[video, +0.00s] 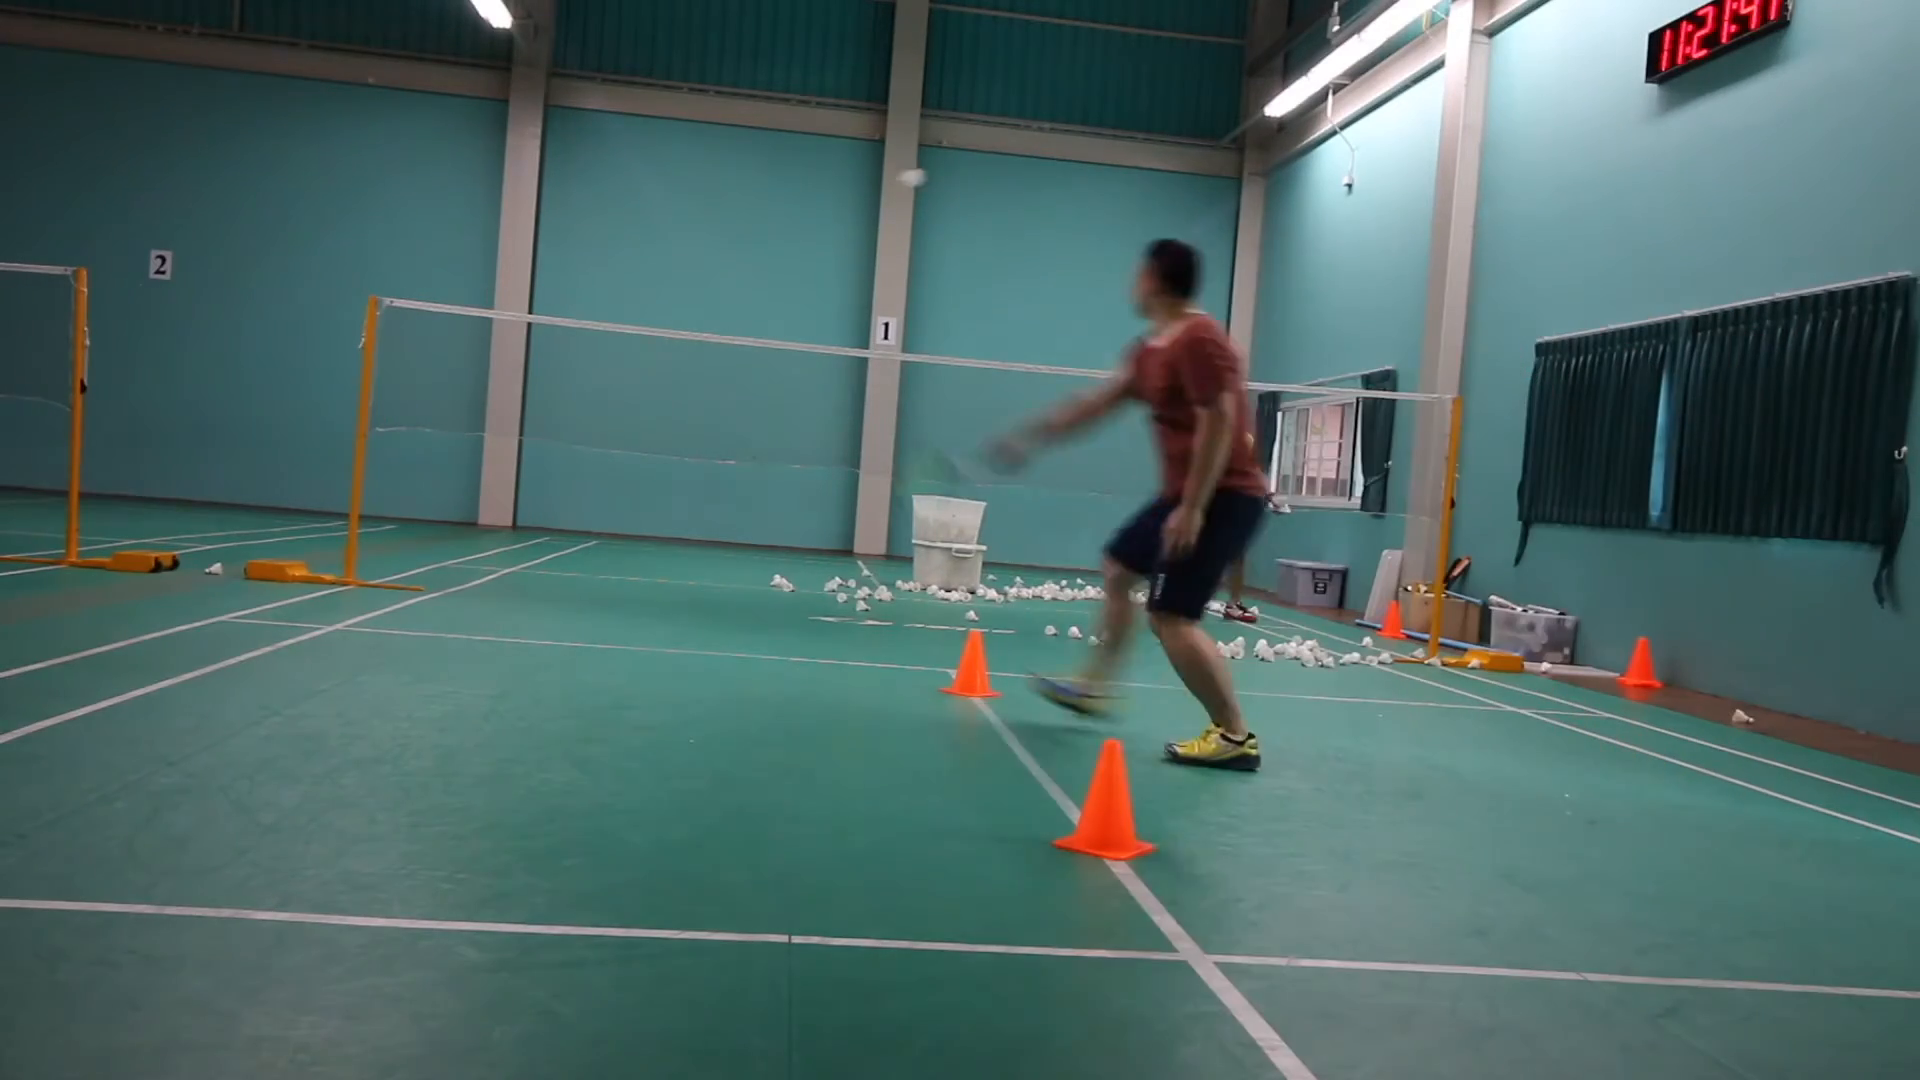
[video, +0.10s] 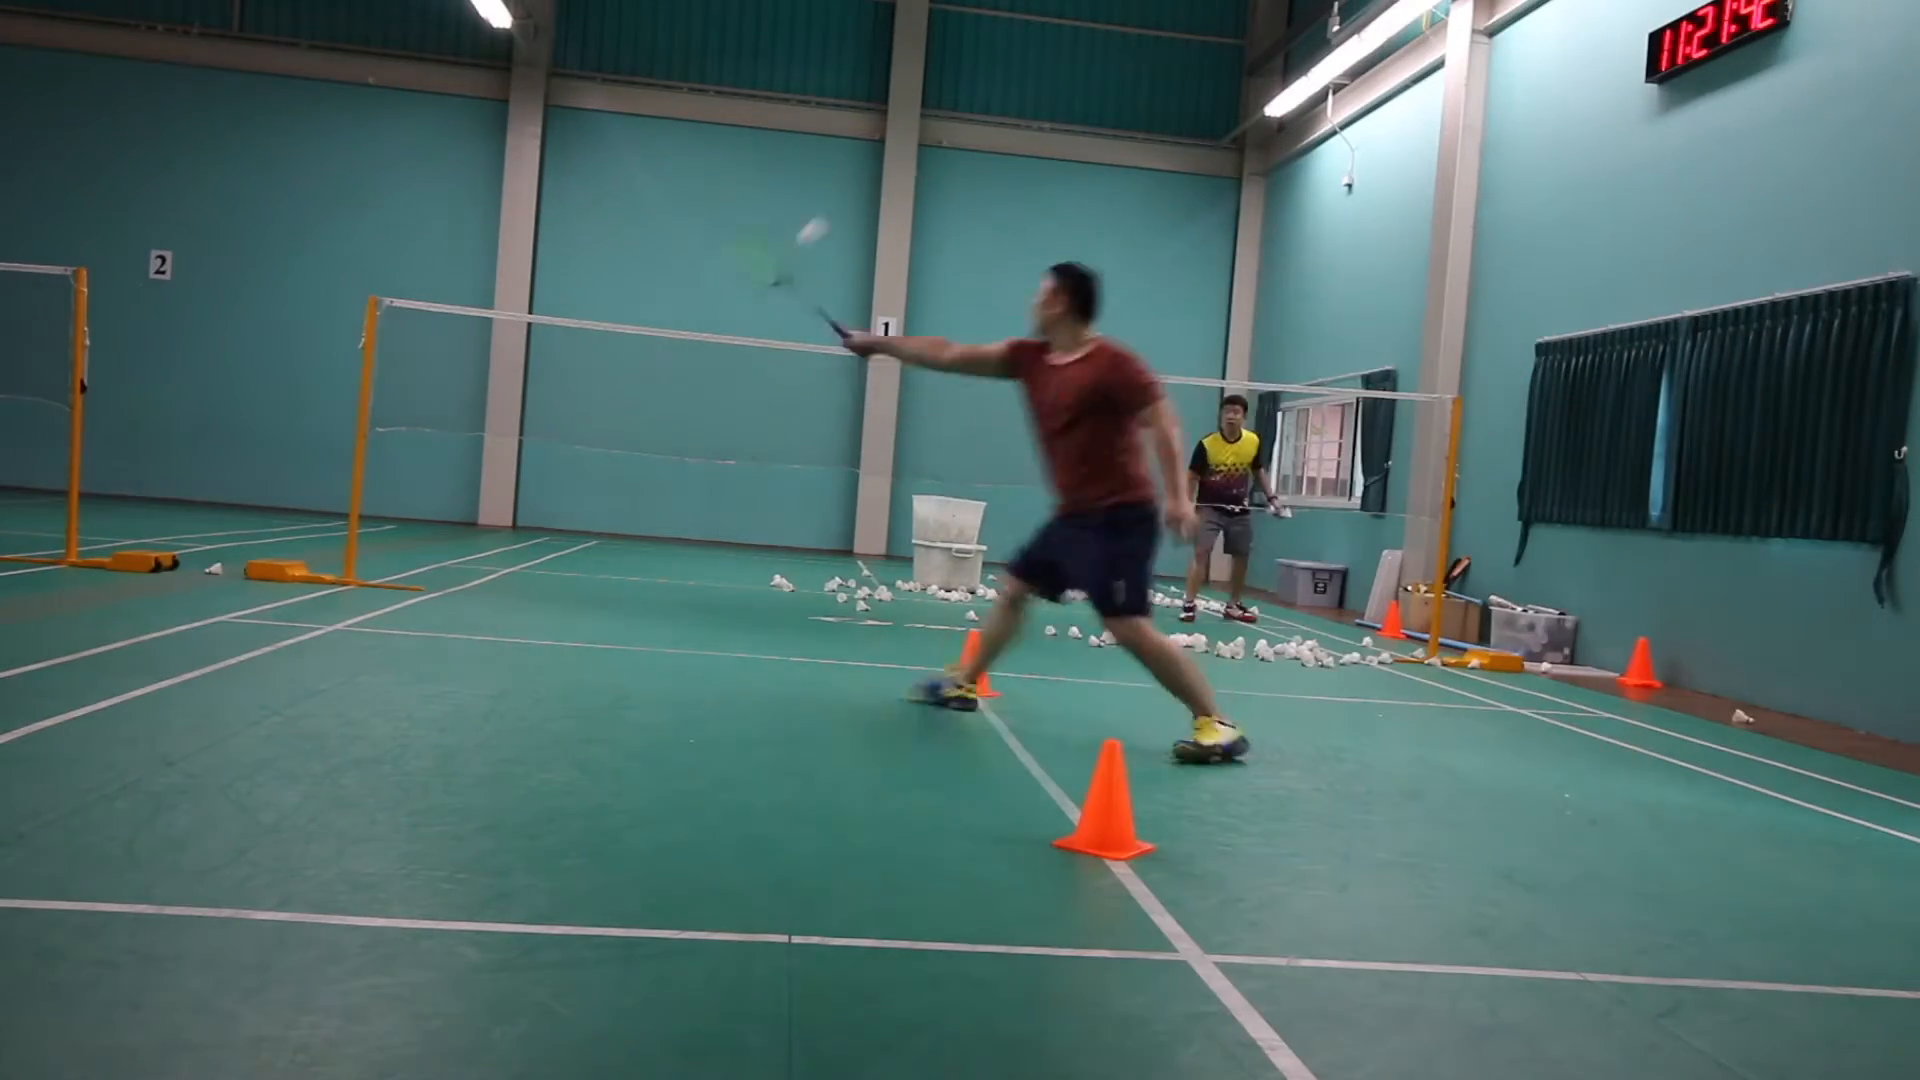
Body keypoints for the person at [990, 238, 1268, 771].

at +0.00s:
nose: (1136, 283)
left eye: (1143, 274)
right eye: (1140, 273)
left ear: (1159, 281)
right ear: (1176, 283)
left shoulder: (1200, 339)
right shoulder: (1152, 348)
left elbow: (1220, 422)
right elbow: (1099, 402)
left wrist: (1192, 506)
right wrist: (1034, 436)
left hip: (1229, 497)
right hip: (1185, 494)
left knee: (1171, 616)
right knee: (1120, 564)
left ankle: (1234, 734)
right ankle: (1094, 686)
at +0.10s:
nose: (1036, 302)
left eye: (1045, 295)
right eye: (1039, 293)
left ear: (1065, 305)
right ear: (1057, 304)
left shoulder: (1117, 365)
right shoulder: (1028, 356)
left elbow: (1164, 427)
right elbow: (949, 355)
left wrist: (1178, 497)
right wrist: (878, 342)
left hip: (1126, 515)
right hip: (1075, 515)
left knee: (1127, 625)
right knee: (1016, 588)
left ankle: (1215, 726)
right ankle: (965, 683)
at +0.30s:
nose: (944, 302)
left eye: (944, 294)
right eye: (947, 295)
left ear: (946, 293)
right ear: (991, 296)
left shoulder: (969, 330)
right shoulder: (999, 334)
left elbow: (996, 382)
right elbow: (1022, 410)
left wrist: (998, 459)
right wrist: (983, 473)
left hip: (1020, 481)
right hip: (1017, 478)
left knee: (992, 596)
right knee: (961, 566)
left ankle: (1102, 660)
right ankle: (958, 677)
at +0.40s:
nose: (939, 286)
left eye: (938, 279)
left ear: (938, 279)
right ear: (986, 281)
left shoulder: (935, 320)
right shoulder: (1013, 329)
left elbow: (915, 378)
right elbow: (1054, 396)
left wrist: (897, 453)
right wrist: (1059, 473)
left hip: (980, 471)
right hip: (1028, 472)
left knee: (934, 570)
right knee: (973, 572)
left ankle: (984, 670)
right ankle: (962, 671)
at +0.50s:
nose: (988, 284)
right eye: (988, 278)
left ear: (937, 279)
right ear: (984, 278)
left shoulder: (909, 331)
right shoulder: (1016, 329)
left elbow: (868, 395)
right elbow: (1069, 386)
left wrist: (848, 471)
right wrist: (1093, 453)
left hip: (936, 473)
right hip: (1003, 473)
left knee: (903, 583)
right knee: (971, 577)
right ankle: (956, 680)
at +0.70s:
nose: (1034, 269)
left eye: (1031, 262)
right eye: (1033, 262)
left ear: (982, 263)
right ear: (1024, 263)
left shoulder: (937, 313)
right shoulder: (1035, 313)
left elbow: (911, 390)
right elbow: (1041, 387)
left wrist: (922, 440)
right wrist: (1051, 466)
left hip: (938, 461)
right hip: (1005, 460)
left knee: (933, 565)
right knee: (1039, 573)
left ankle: (886, 662)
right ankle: (1043, 691)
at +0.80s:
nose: (1068, 290)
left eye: (1065, 280)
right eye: (1065, 281)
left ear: (1016, 289)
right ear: (1055, 288)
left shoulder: (984, 335)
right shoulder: (1049, 344)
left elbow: (950, 380)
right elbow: (1049, 420)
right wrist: (1070, 497)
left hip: (950, 491)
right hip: (1010, 494)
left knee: (940, 588)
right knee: (1081, 588)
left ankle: (883, 684)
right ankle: (1103, 708)